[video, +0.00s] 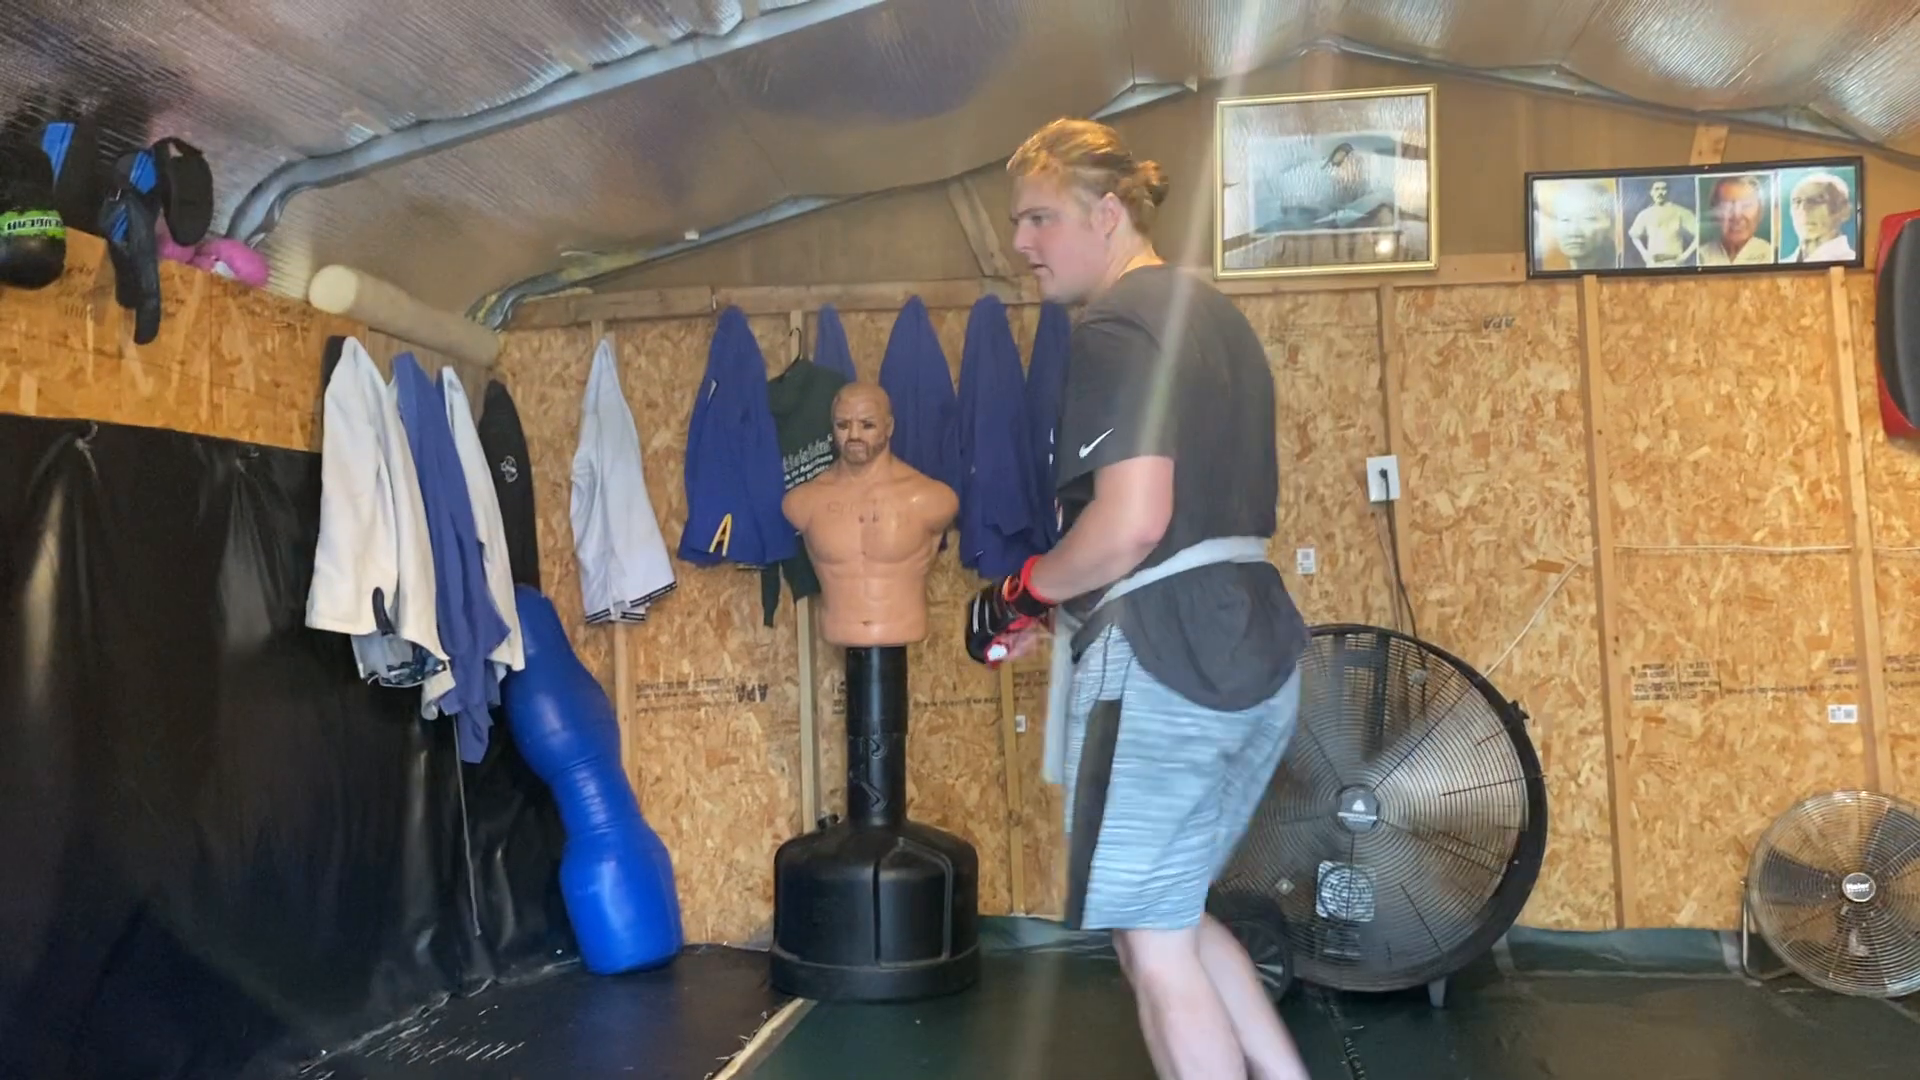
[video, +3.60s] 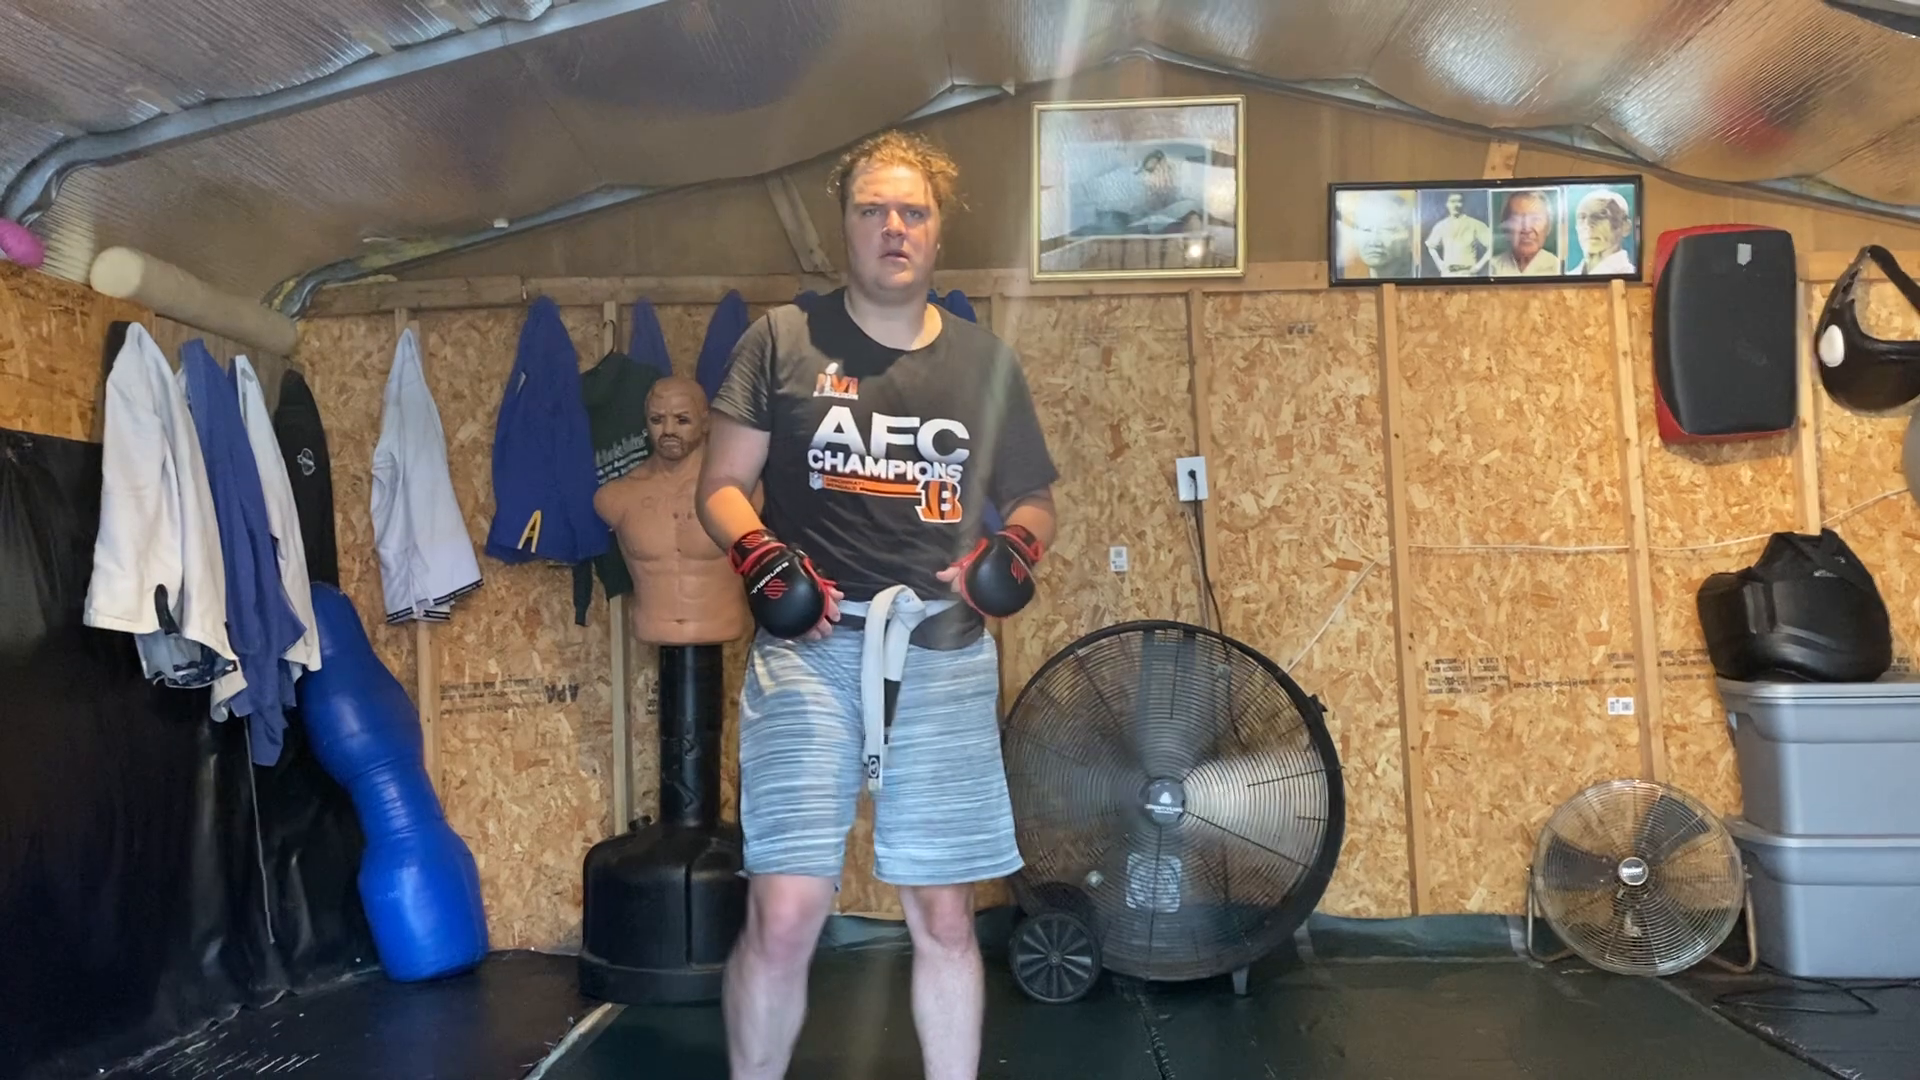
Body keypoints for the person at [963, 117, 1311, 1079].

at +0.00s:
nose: (1023, 243)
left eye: (1040, 219)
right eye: (1019, 222)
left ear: (1108, 213)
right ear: (1110, 218)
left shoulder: (1125, 320)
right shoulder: (1203, 306)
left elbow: (1133, 518)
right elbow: (1178, 510)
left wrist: (1030, 587)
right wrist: (1052, 599)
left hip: (1176, 648)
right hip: (1243, 637)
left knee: (1149, 922)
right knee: (1173, 905)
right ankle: (1283, 1072)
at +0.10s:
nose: (1014, 239)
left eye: (1036, 217)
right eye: (1006, 221)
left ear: (1101, 220)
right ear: (1006, 233)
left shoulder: (1127, 326)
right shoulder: (1085, 337)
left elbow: (1142, 515)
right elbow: (1090, 513)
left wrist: (1010, 579)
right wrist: (1012, 581)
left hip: (1156, 642)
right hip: (1108, 643)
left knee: (1151, 934)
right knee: (1094, 899)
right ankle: (1154, 1066)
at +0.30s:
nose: (962, 287)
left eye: (983, 268)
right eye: (950, 270)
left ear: (1029, 275)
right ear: (936, 283)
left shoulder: (1079, 384)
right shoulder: (958, 407)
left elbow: (1133, 540)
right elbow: (943, 556)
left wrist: (992, 606)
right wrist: (900, 623)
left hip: (1073, 679)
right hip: (989, 686)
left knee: (1058, 942)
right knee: (993, 922)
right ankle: (1021, 1073)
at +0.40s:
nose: (910, 273)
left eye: (930, 255)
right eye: (896, 256)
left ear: (971, 266)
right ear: (879, 269)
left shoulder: (1027, 377)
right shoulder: (884, 385)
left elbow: (1095, 516)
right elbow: (875, 527)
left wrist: (994, 588)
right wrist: (822, 595)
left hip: (1021, 664)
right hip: (930, 670)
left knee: (1012, 913)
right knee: (958, 895)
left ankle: (1106, 1074)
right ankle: (977, 1073)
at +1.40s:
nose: (909, 259)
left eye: (928, 245)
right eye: (890, 244)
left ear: (955, 264)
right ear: (865, 263)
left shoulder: (1005, 378)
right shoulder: (810, 372)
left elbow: (1059, 513)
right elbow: (777, 497)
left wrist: (1007, 545)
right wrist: (788, 549)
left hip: (976, 657)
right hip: (848, 652)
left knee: (1007, 895)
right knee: (812, 906)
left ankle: (1034, 1072)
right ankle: (862, 1051)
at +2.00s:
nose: (776, 239)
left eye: (793, 222)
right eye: (755, 223)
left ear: (821, 239)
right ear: (725, 241)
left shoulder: (886, 355)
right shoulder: (676, 369)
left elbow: (946, 484)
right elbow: (635, 511)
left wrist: (917, 550)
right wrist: (671, 570)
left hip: (886, 653)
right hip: (750, 658)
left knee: (952, 899)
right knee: (766, 922)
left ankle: (1006, 1074)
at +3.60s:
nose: (895, 228)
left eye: (914, 213)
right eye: (876, 210)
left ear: (939, 235)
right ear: (844, 229)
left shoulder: (985, 362)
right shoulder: (782, 341)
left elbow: (1030, 496)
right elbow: (724, 483)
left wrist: (1012, 554)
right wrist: (761, 557)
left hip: (943, 655)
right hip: (806, 648)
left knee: (945, 914)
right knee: (788, 913)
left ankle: (953, 1079)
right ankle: (752, 1076)